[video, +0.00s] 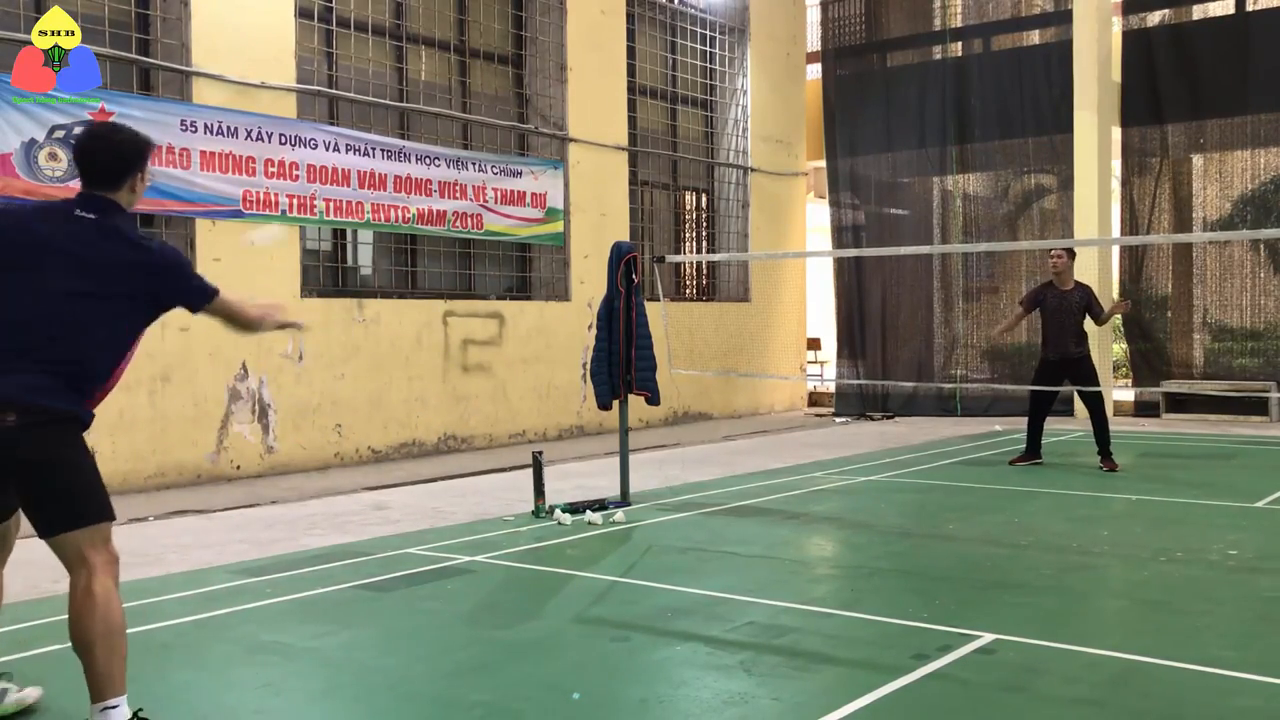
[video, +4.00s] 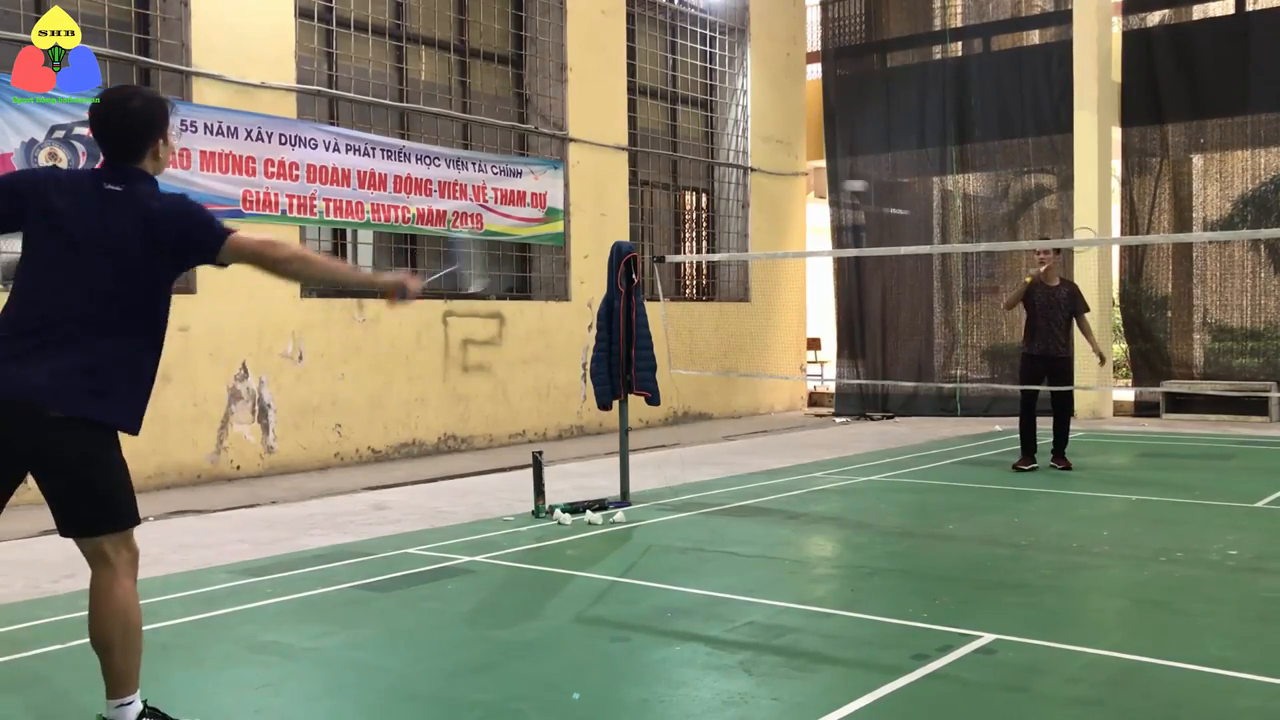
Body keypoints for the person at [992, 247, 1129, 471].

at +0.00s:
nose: (1053, 261)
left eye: (1059, 257)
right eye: (1051, 257)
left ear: (1071, 261)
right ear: (1048, 262)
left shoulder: (1083, 291)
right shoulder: (1042, 291)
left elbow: (1099, 321)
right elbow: (1017, 316)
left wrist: (1112, 311)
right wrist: (998, 330)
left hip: (1079, 360)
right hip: (1050, 360)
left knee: (1096, 406)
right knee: (1037, 406)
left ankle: (1106, 456)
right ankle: (1032, 452)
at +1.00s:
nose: (1048, 260)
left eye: (1053, 255)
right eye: (1045, 256)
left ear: (1064, 258)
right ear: (1041, 261)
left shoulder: (1078, 289)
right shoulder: (1037, 289)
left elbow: (1089, 318)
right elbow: (1025, 313)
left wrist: (1107, 311)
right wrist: (1027, 334)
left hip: (1072, 358)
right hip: (1043, 357)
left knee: (1084, 404)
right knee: (1032, 404)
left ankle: (1087, 455)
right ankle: (1030, 453)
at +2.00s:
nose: (1032, 257)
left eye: (1038, 253)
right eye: (1029, 253)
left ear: (1048, 256)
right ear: (1025, 257)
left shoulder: (1062, 287)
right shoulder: (1018, 288)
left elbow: (1069, 321)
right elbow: (996, 314)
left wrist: (1079, 350)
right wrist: (1011, 313)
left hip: (1056, 357)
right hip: (1028, 357)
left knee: (1057, 409)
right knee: (1025, 409)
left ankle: (1052, 456)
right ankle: (1028, 456)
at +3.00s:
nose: (1034, 257)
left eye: (1039, 253)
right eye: (1031, 253)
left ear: (1051, 256)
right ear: (1029, 257)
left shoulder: (1064, 287)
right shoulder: (1023, 287)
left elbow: (1074, 321)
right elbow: (1003, 306)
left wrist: (1087, 350)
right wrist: (1022, 284)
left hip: (1056, 357)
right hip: (1028, 356)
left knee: (1056, 409)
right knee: (1018, 405)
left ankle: (1052, 456)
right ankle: (1016, 455)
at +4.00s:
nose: (1041, 257)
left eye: (1046, 253)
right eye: (1038, 253)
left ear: (1056, 256)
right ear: (1034, 257)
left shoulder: (1070, 288)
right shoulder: (1029, 286)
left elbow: (1081, 321)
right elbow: (1007, 305)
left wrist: (1096, 348)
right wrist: (1028, 282)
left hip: (1061, 357)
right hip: (1032, 355)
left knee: (1063, 408)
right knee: (1027, 406)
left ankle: (1059, 455)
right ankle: (1027, 456)